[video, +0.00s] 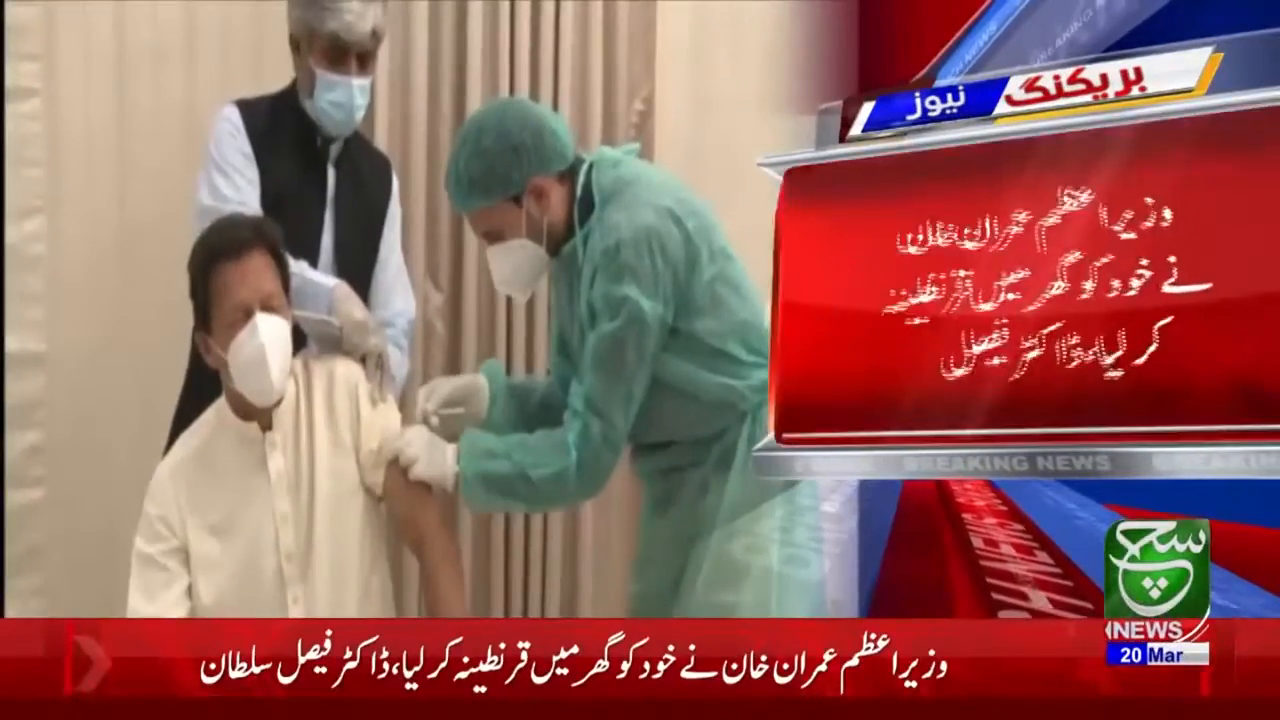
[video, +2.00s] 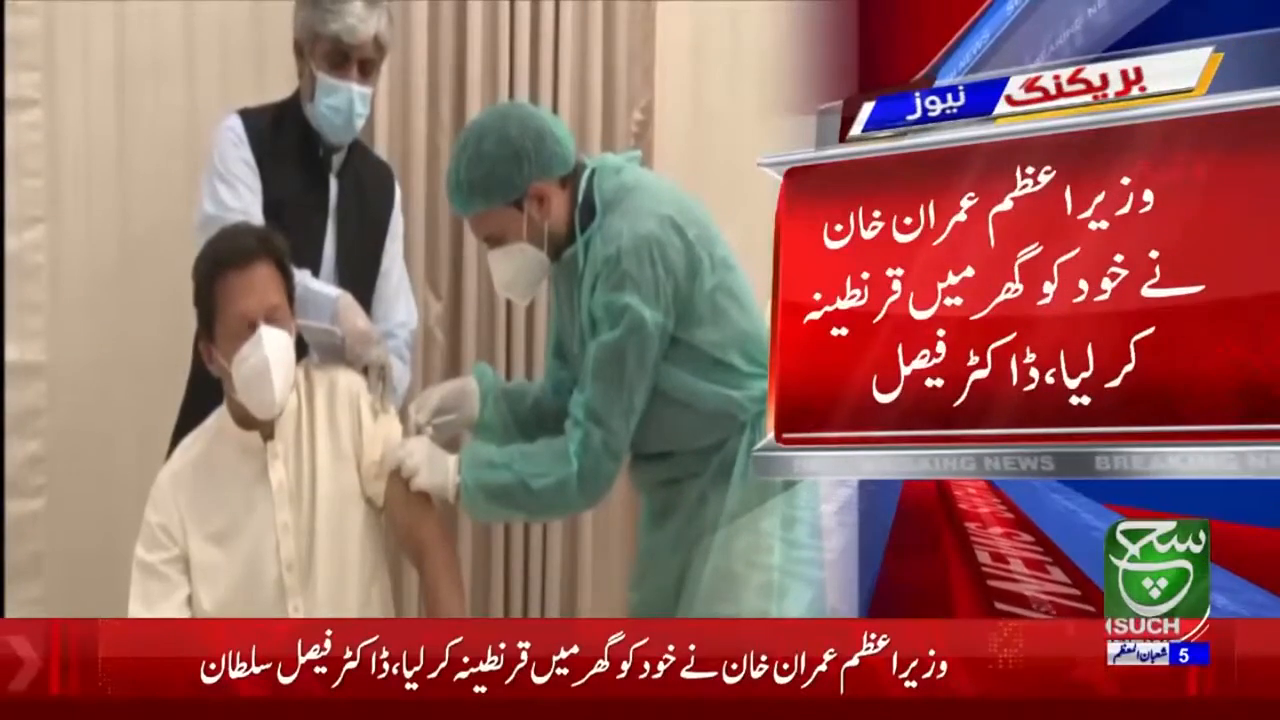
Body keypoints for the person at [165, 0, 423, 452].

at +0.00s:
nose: (351, 78)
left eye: (364, 61)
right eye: (334, 58)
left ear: (376, 60)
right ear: (298, 51)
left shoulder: (377, 171)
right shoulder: (242, 127)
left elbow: (393, 303)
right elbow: (230, 249)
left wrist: (375, 385)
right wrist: (333, 299)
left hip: (333, 398)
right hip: (238, 383)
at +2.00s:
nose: (351, 83)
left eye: (366, 68)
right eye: (336, 62)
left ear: (381, 69)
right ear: (302, 53)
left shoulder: (380, 180)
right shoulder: (244, 137)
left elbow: (395, 314)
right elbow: (233, 261)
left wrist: (378, 404)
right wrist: (334, 306)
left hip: (335, 407)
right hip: (240, 392)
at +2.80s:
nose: (351, 93)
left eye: (366, 77)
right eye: (336, 72)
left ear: (380, 81)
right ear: (301, 64)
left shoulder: (379, 192)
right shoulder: (246, 147)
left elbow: (396, 327)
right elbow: (235, 271)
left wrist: (379, 423)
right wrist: (338, 320)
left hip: (335, 420)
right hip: (242, 399)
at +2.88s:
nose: (351, 95)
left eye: (366, 79)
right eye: (336, 74)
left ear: (380, 84)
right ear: (301, 66)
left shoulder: (379, 194)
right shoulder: (245, 149)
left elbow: (397, 328)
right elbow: (235, 273)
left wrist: (380, 424)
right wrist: (338, 322)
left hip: (336, 421)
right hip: (243, 401)